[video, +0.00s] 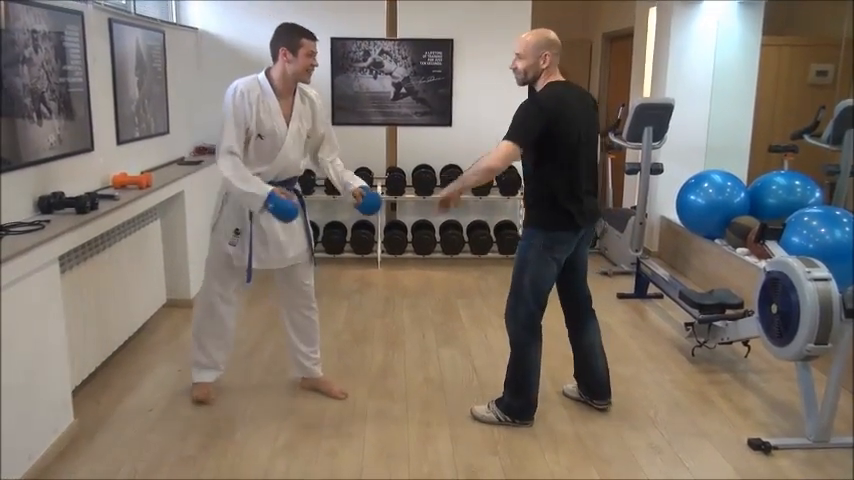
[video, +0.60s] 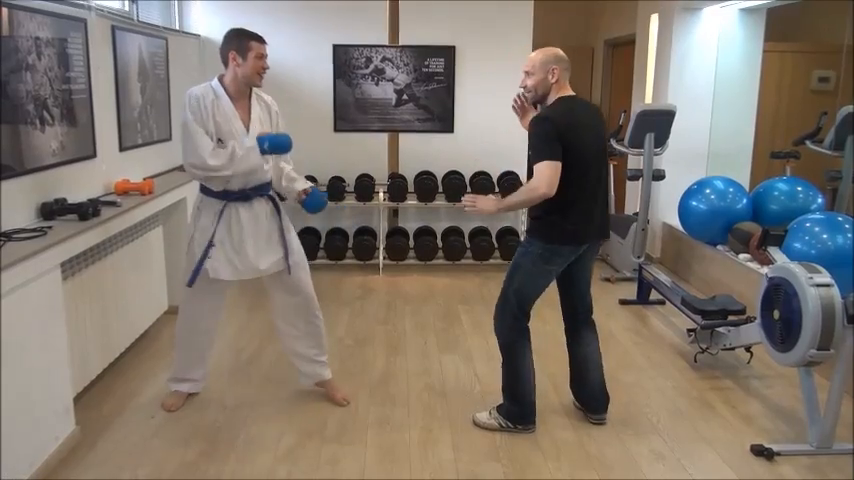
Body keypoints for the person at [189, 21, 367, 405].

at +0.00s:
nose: (316, 63)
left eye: (316, 56)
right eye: (310, 56)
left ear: (296, 58)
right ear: (284, 55)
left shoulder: (311, 99)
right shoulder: (244, 92)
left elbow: (326, 154)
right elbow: (227, 160)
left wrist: (354, 186)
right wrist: (267, 193)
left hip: (286, 200)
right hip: (241, 199)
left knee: (301, 287)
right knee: (221, 288)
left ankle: (310, 372)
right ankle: (205, 375)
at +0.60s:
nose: (266, 66)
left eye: (266, 59)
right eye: (259, 59)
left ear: (247, 62)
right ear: (233, 60)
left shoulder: (266, 106)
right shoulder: (200, 99)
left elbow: (277, 164)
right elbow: (198, 162)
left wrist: (301, 189)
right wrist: (256, 148)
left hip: (265, 209)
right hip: (217, 212)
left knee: (301, 293)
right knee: (201, 300)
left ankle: (319, 375)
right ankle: (184, 382)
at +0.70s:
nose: (267, 69)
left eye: (268, 62)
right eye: (261, 61)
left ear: (261, 66)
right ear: (234, 62)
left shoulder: (268, 105)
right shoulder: (202, 101)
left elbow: (286, 163)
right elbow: (203, 162)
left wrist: (316, 161)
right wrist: (257, 130)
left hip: (269, 212)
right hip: (221, 214)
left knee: (305, 296)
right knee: (200, 304)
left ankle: (331, 377)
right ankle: (184, 384)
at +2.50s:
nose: (272, 103)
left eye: (274, 96)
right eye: (265, 95)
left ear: (274, 98)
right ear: (240, 95)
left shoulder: (285, 136)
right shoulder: (213, 138)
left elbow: (306, 192)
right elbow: (227, 198)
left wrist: (330, 198)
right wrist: (262, 159)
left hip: (293, 232)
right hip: (241, 239)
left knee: (354, 293)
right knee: (200, 319)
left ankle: (358, 370)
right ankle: (174, 384)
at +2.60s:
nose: (309, 98)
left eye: (312, 91)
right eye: (303, 91)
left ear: (313, 93)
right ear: (279, 91)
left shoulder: (324, 128)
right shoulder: (252, 134)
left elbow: (352, 167)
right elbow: (256, 195)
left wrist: (382, 158)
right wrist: (287, 155)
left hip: (324, 231)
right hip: (273, 235)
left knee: (385, 287)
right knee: (223, 311)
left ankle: (410, 367)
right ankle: (179, 384)